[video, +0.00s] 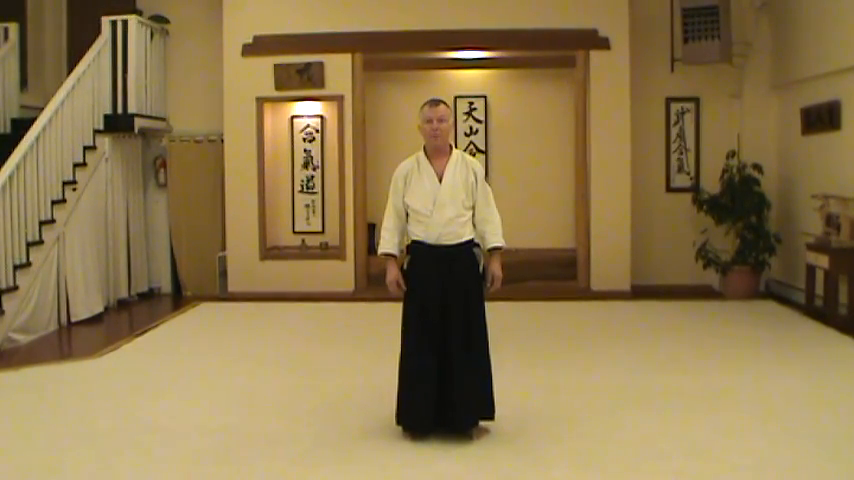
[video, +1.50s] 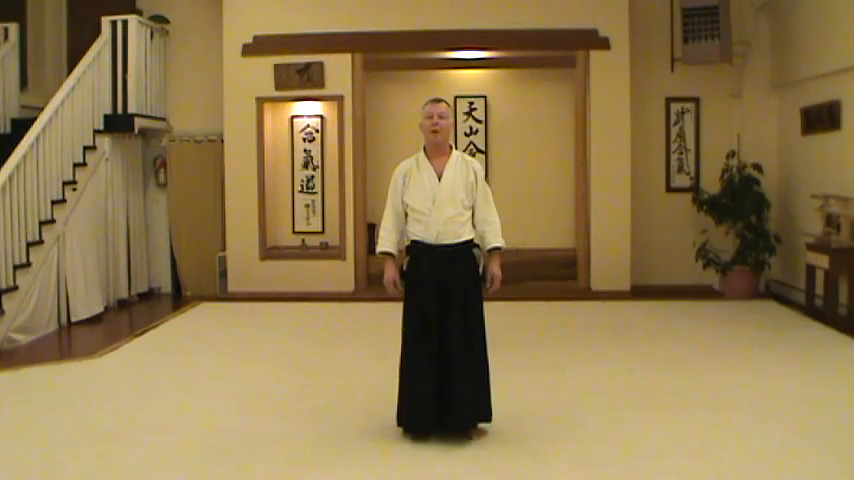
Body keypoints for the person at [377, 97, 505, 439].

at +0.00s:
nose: (435, 127)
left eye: (441, 121)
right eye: (428, 121)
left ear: (452, 125)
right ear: (419, 127)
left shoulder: (470, 167)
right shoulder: (406, 170)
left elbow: (486, 212)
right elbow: (393, 217)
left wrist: (494, 256)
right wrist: (391, 261)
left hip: (462, 260)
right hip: (422, 260)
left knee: (463, 336)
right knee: (422, 337)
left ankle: (464, 416)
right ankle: (420, 418)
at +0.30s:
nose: (435, 126)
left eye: (441, 120)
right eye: (428, 121)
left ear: (452, 125)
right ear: (419, 127)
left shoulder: (470, 166)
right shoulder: (406, 170)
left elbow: (485, 211)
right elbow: (393, 216)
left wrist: (493, 256)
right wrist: (391, 262)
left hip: (462, 260)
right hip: (422, 260)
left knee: (464, 336)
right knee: (422, 337)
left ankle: (466, 416)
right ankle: (420, 417)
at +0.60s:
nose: (435, 126)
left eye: (441, 120)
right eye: (428, 121)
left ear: (452, 125)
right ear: (419, 127)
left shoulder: (469, 167)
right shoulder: (405, 170)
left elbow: (485, 212)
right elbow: (393, 217)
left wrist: (492, 256)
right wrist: (391, 262)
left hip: (461, 260)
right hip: (422, 260)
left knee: (462, 335)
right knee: (422, 336)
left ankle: (463, 416)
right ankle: (420, 417)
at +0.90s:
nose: (433, 126)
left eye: (440, 120)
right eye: (427, 121)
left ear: (451, 125)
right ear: (418, 128)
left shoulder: (469, 167)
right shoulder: (405, 171)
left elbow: (484, 212)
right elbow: (393, 217)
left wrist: (491, 256)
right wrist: (390, 261)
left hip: (461, 260)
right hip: (422, 260)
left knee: (462, 336)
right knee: (422, 337)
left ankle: (463, 417)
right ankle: (420, 418)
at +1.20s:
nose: (434, 120)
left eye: (441, 115)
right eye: (428, 116)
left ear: (452, 125)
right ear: (419, 126)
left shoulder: (470, 167)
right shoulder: (404, 170)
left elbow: (485, 212)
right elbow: (392, 217)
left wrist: (492, 257)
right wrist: (388, 261)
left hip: (461, 260)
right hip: (421, 260)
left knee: (463, 336)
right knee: (422, 337)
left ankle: (465, 417)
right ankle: (421, 418)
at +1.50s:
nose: (436, 122)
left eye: (442, 117)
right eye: (429, 117)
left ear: (453, 124)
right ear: (420, 125)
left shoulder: (470, 167)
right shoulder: (405, 170)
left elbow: (485, 213)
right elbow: (392, 217)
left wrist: (493, 258)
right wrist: (389, 261)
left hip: (461, 260)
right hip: (422, 260)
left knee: (463, 337)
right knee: (422, 337)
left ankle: (464, 417)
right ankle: (420, 418)